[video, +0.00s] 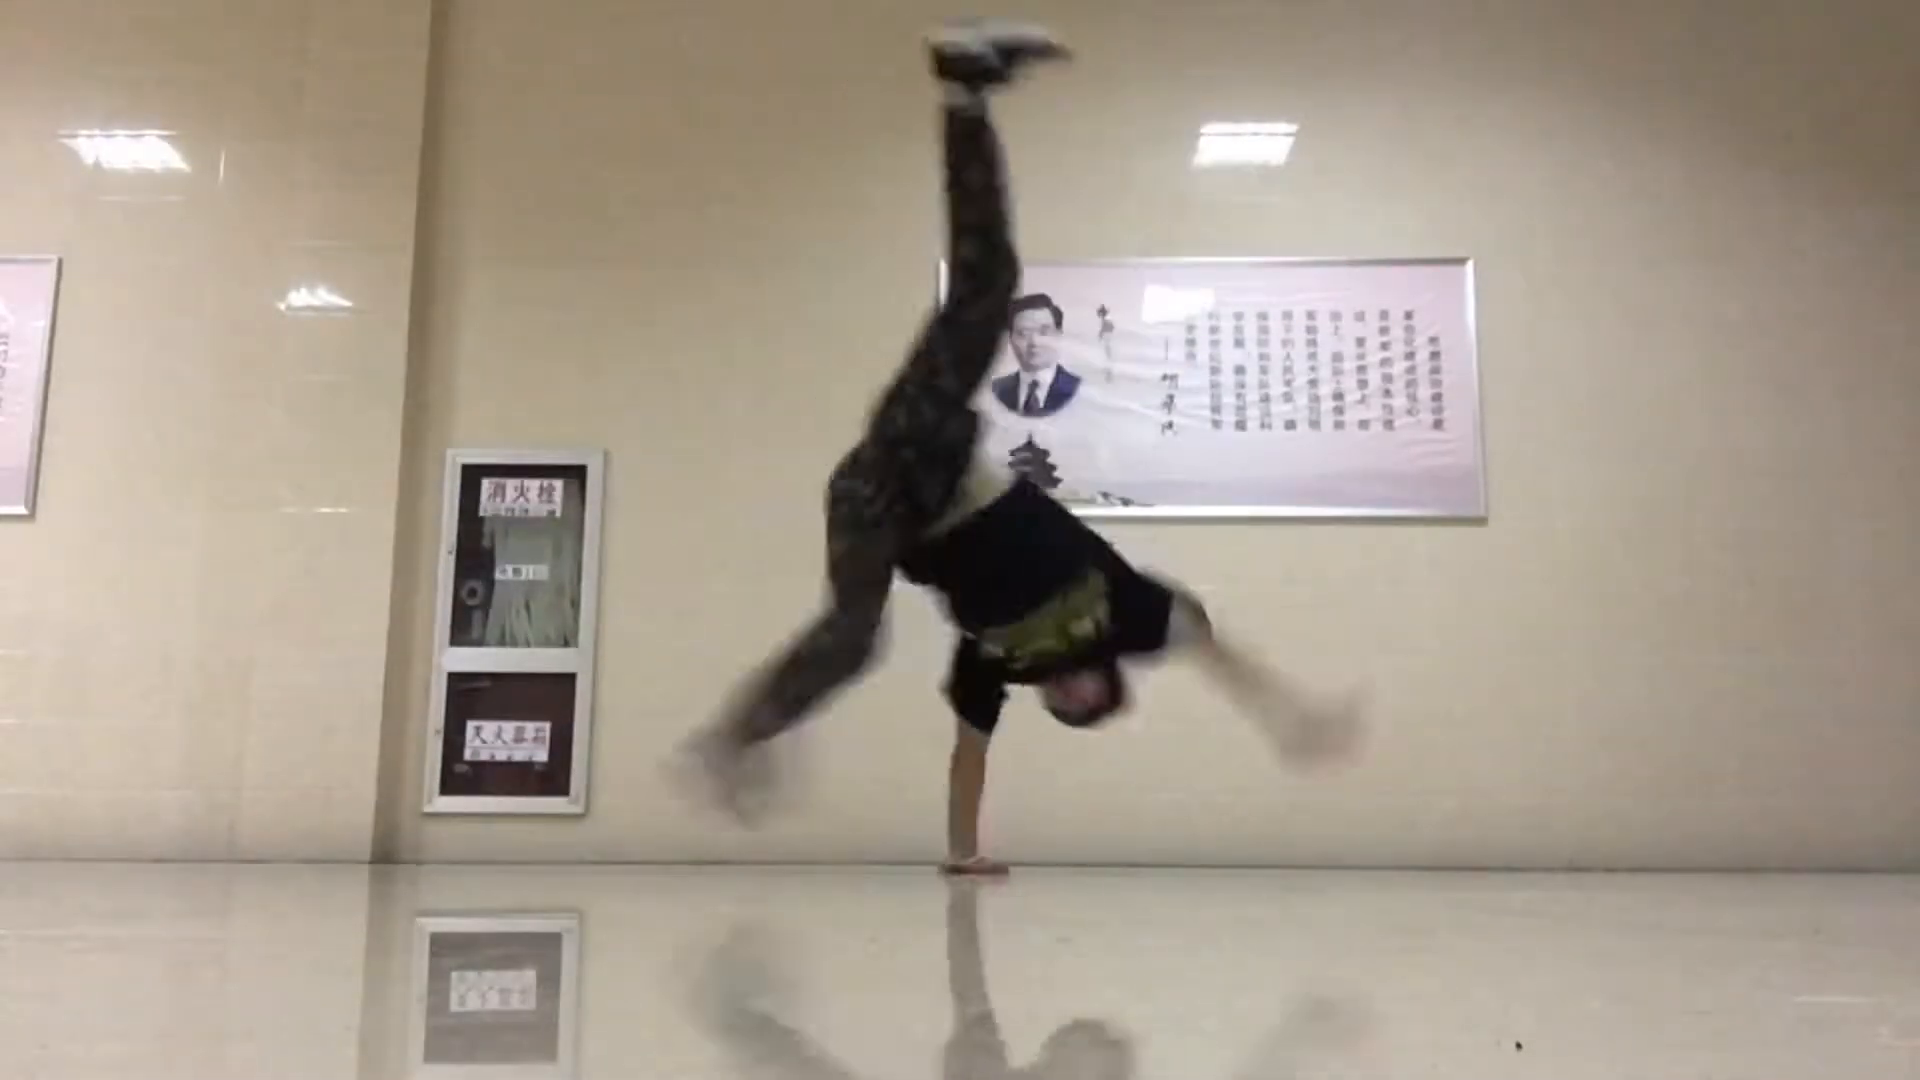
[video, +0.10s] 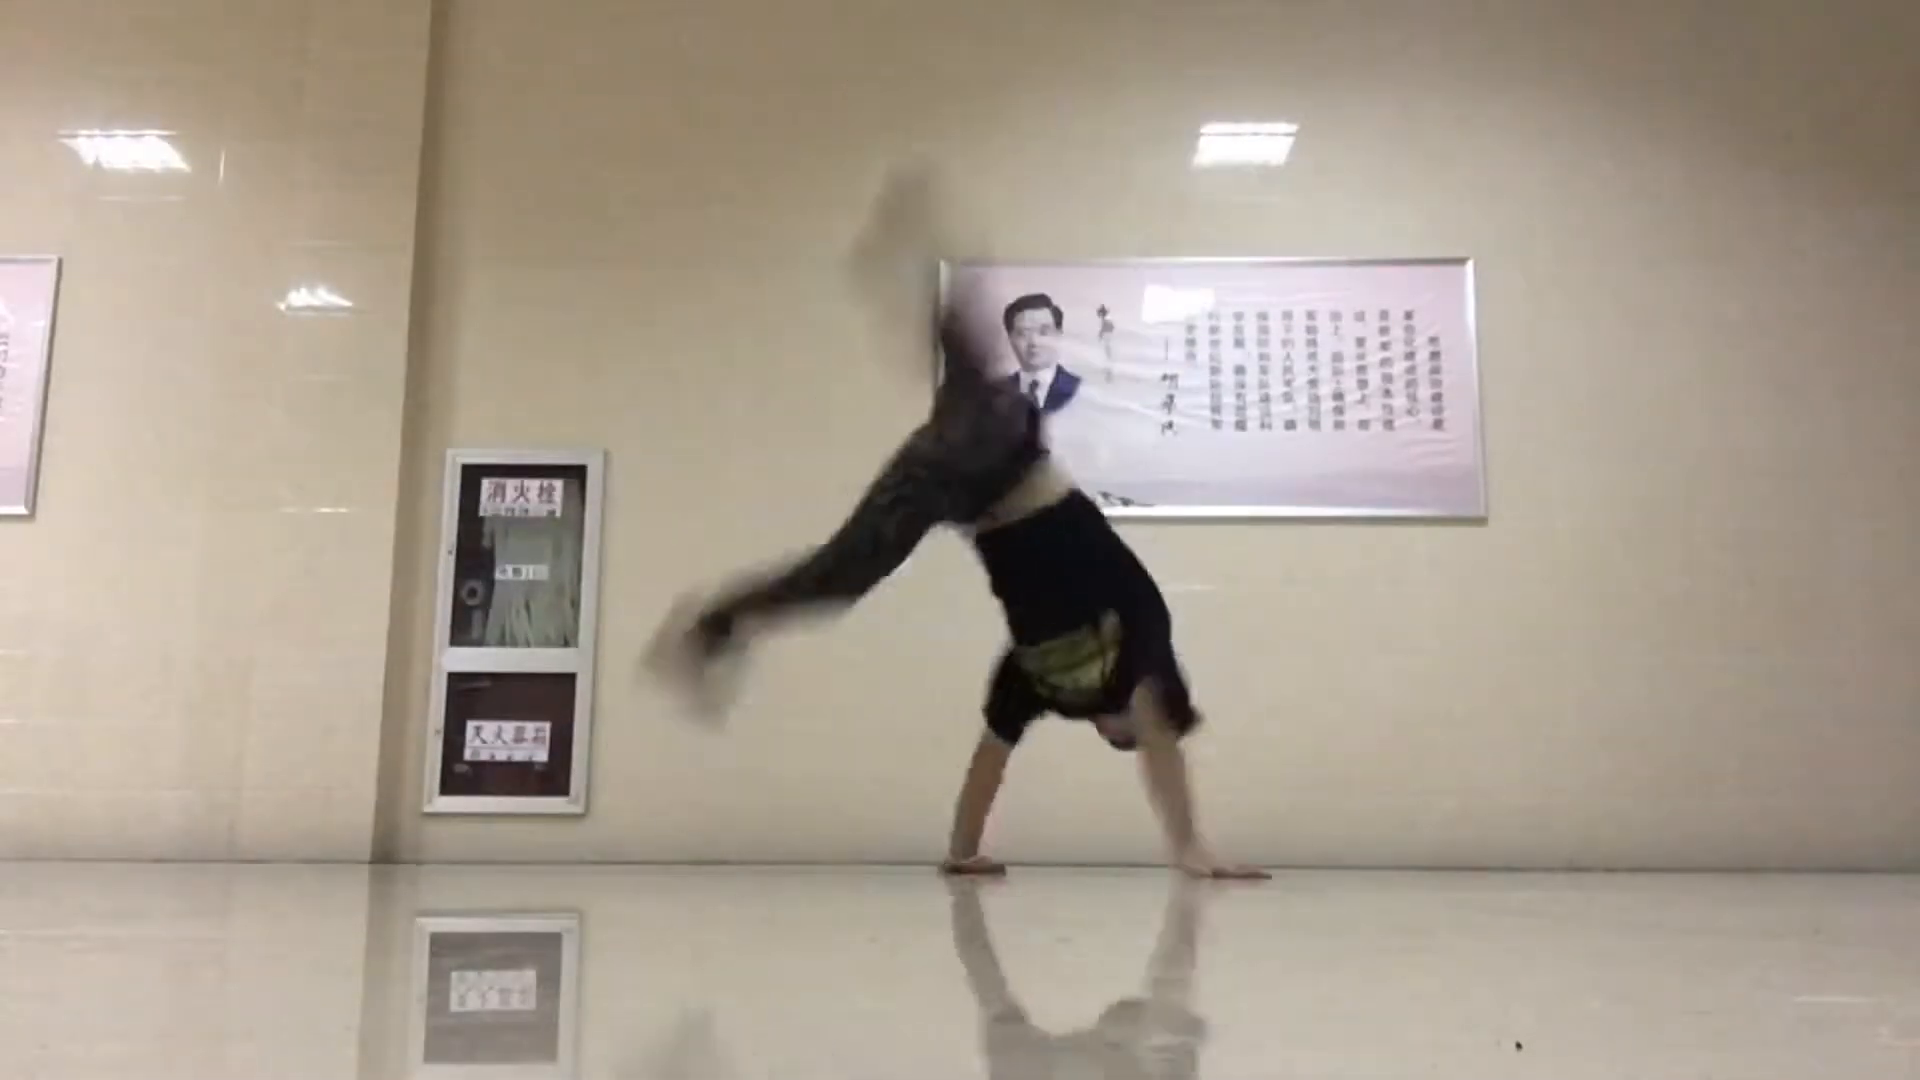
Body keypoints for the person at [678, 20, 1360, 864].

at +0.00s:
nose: (1074, 703)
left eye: (1076, 711)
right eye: (1090, 703)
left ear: (1061, 694)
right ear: (1102, 671)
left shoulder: (985, 667)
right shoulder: (1126, 612)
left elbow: (969, 758)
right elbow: (1215, 649)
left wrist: (964, 856)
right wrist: (1290, 719)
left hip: (864, 503)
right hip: (931, 447)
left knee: (851, 638)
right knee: (984, 291)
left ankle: (727, 741)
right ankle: (966, 90)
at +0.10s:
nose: (1120, 739)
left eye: (1126, 742)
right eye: (1138, 737)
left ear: (1101, 721)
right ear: (1154, 704)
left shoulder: (1027, 681)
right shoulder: (1145, 653)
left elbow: (988, 767)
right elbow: (1157, 750)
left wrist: (962, 855)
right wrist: (1189, 849)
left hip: (934, 486)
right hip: (1006, 465)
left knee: (836, 579)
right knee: (979, 388)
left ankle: (714, 628)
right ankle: (925, 266)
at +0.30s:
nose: (1218, 710)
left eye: (1230, 705)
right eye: (1230, 704)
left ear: (1237, 641)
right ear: (1219, 683)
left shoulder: (1200, 556)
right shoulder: (1155, 644)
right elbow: (1148, 742)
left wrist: (1138, 769)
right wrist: (1184, 855)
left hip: (1011, 415)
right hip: (971, 489)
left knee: (1089, 336)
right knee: (908, 630)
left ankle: (1007, 230)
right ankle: (789, 741)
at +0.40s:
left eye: (1278, 586)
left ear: (1275, 582)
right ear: (1266, 646)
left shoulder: (1244, 506)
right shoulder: (1153, 644)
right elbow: (1136, 747)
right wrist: (1184, 860)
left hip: (977, 433)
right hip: (964, 526)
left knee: (1019, 265)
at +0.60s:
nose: (1132, 440)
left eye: (1137, 449)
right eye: (1141, 438)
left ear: (1143, 480)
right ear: (1159, 435)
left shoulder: (1089, 515)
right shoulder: (1205, 450)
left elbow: (986, 519)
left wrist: (979, 500)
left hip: (1001, 424)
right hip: (1070, 381)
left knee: (875, 353)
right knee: (1143, 326)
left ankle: (781, 370)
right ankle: (1194, 296)